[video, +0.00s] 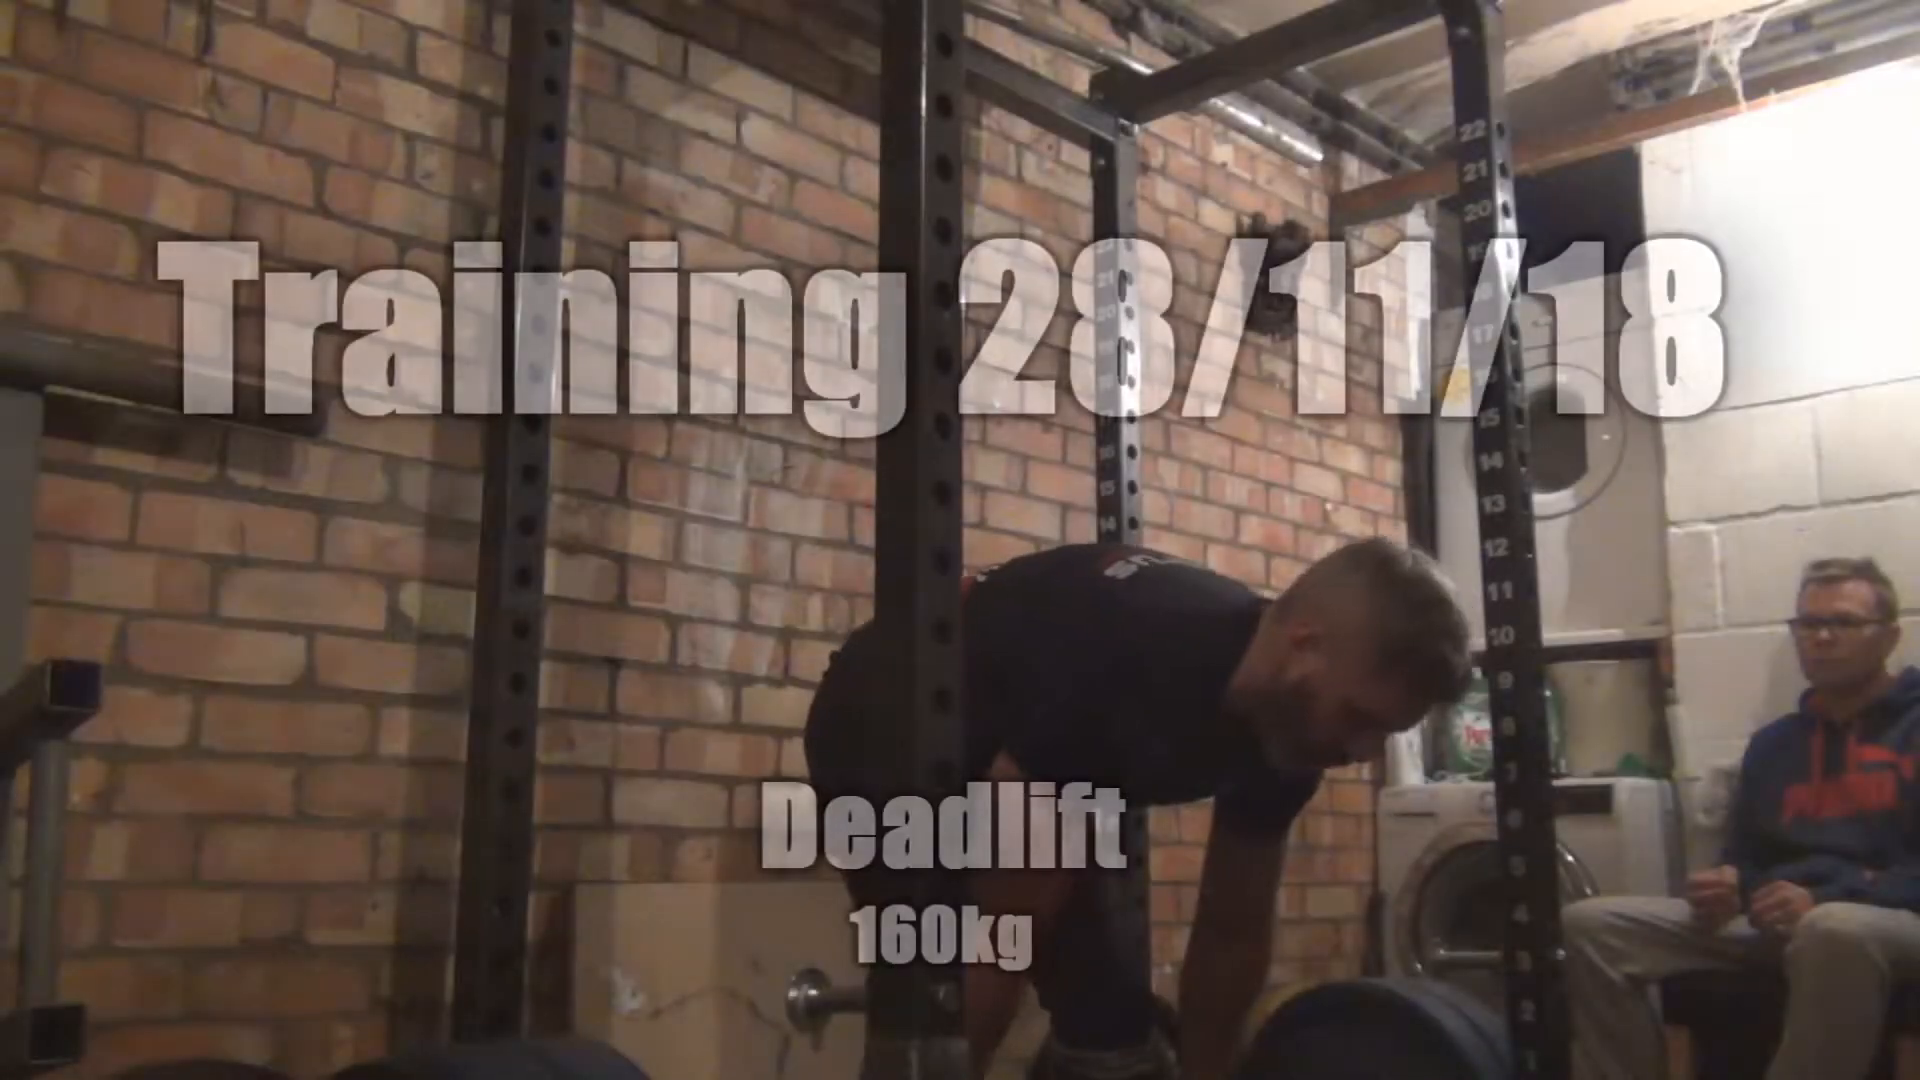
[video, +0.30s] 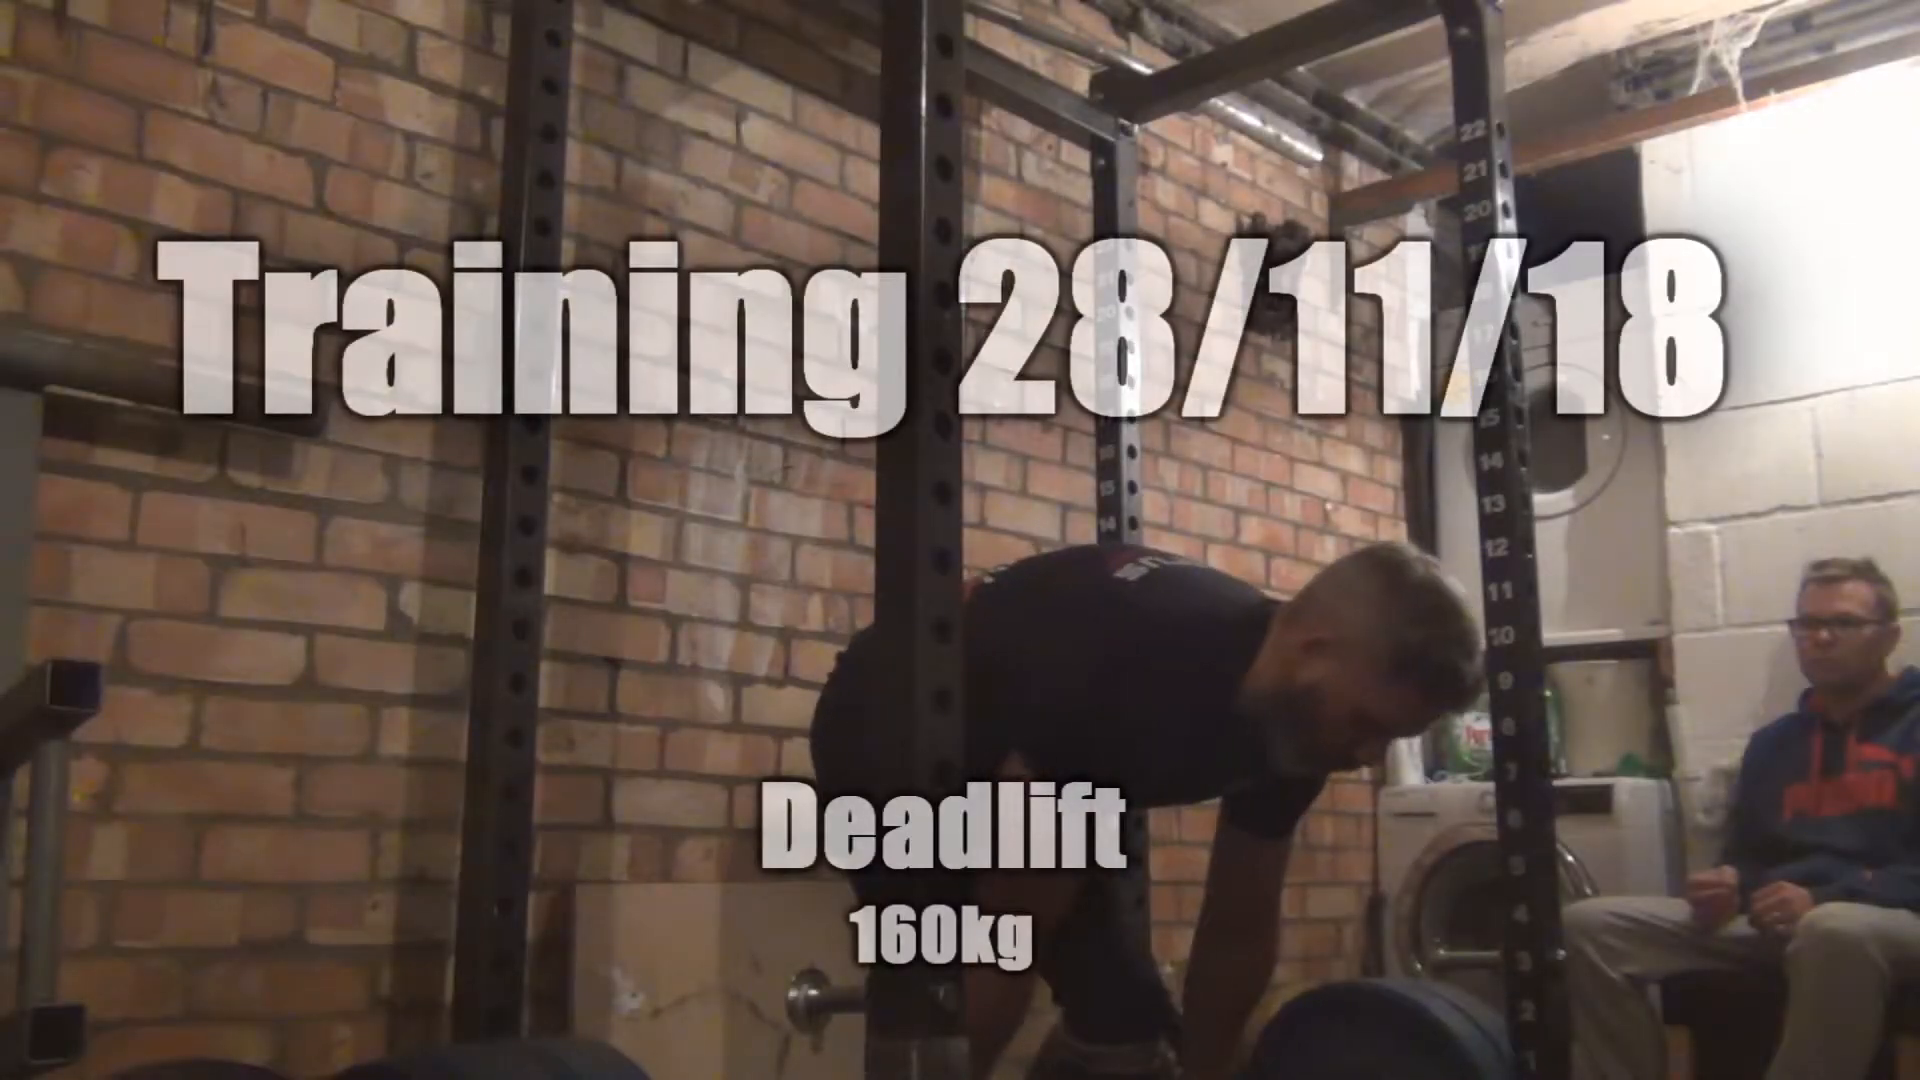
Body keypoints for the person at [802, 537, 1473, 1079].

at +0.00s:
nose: (1361, 752)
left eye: (1381, 736)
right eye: (1358, 720)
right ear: (1297, 646)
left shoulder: (1289, 732)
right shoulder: (1134, 658)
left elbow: (1232, 930)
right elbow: (1007, 920)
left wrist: (1208, 1068)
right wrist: (954, 1065)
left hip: (1051, 778)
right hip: (889, 730)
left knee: (1110, 1035)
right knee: (926, 1020)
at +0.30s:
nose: (1367, 757)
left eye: (1388, 741)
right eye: (1367, 725)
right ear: (1308, 648)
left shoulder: (1299, 730)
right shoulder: (1130, 659)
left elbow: (1238, 928)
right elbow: (1010, 933)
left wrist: (1206, 1073)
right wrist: (958, 1070)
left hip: (1052, 783)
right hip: (893, 739)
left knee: (1128, 1034)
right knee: (930, 1028)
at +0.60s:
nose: (1402, 763)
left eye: (1427, 748)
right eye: (1404, 729)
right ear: (1349, 653)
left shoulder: (1320, 726)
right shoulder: (1191, 674)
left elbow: (1246, 922)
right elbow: (1050, 929)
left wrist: (1214, 1063)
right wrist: (983, 1069)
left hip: (1062, 784)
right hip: (922, 734)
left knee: (1134, 1025)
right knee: (944, 1022)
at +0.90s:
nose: (1362, 754)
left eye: (1380, 735)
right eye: (1358, 722)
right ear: (1295, 644)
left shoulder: (1297, 737)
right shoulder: (1116, 652)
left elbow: (1239, 931)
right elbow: (1012, 942)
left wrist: (1211, 1062)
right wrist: (961, 1063)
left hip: (1072, 792)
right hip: (911, 745)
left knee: (1130, 1032)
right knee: (936, 1024)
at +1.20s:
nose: (1360, 753)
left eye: (1377, 735)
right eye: (1354, 721)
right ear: (1289, 646)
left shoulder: (1296, 734)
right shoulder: (1114, 653)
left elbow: (1237, 928)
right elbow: (1010, 934)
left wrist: (1209, 1068)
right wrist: (948, 1066)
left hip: (1066, 795)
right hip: (905, 752)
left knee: (1132, 1037)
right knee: (944, 1022)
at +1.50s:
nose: (1384, 754)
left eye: (1404, 734)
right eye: (1384, 719)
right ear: (1326, 646)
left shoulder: (1303, 730)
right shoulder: (1145, 648)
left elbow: (1240, 923)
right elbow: (1025, 943)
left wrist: (1211, 1067)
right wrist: (968, 1067)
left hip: (1056, 779)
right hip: (912, 730)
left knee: (1134, 1015)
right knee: (953, 1018)